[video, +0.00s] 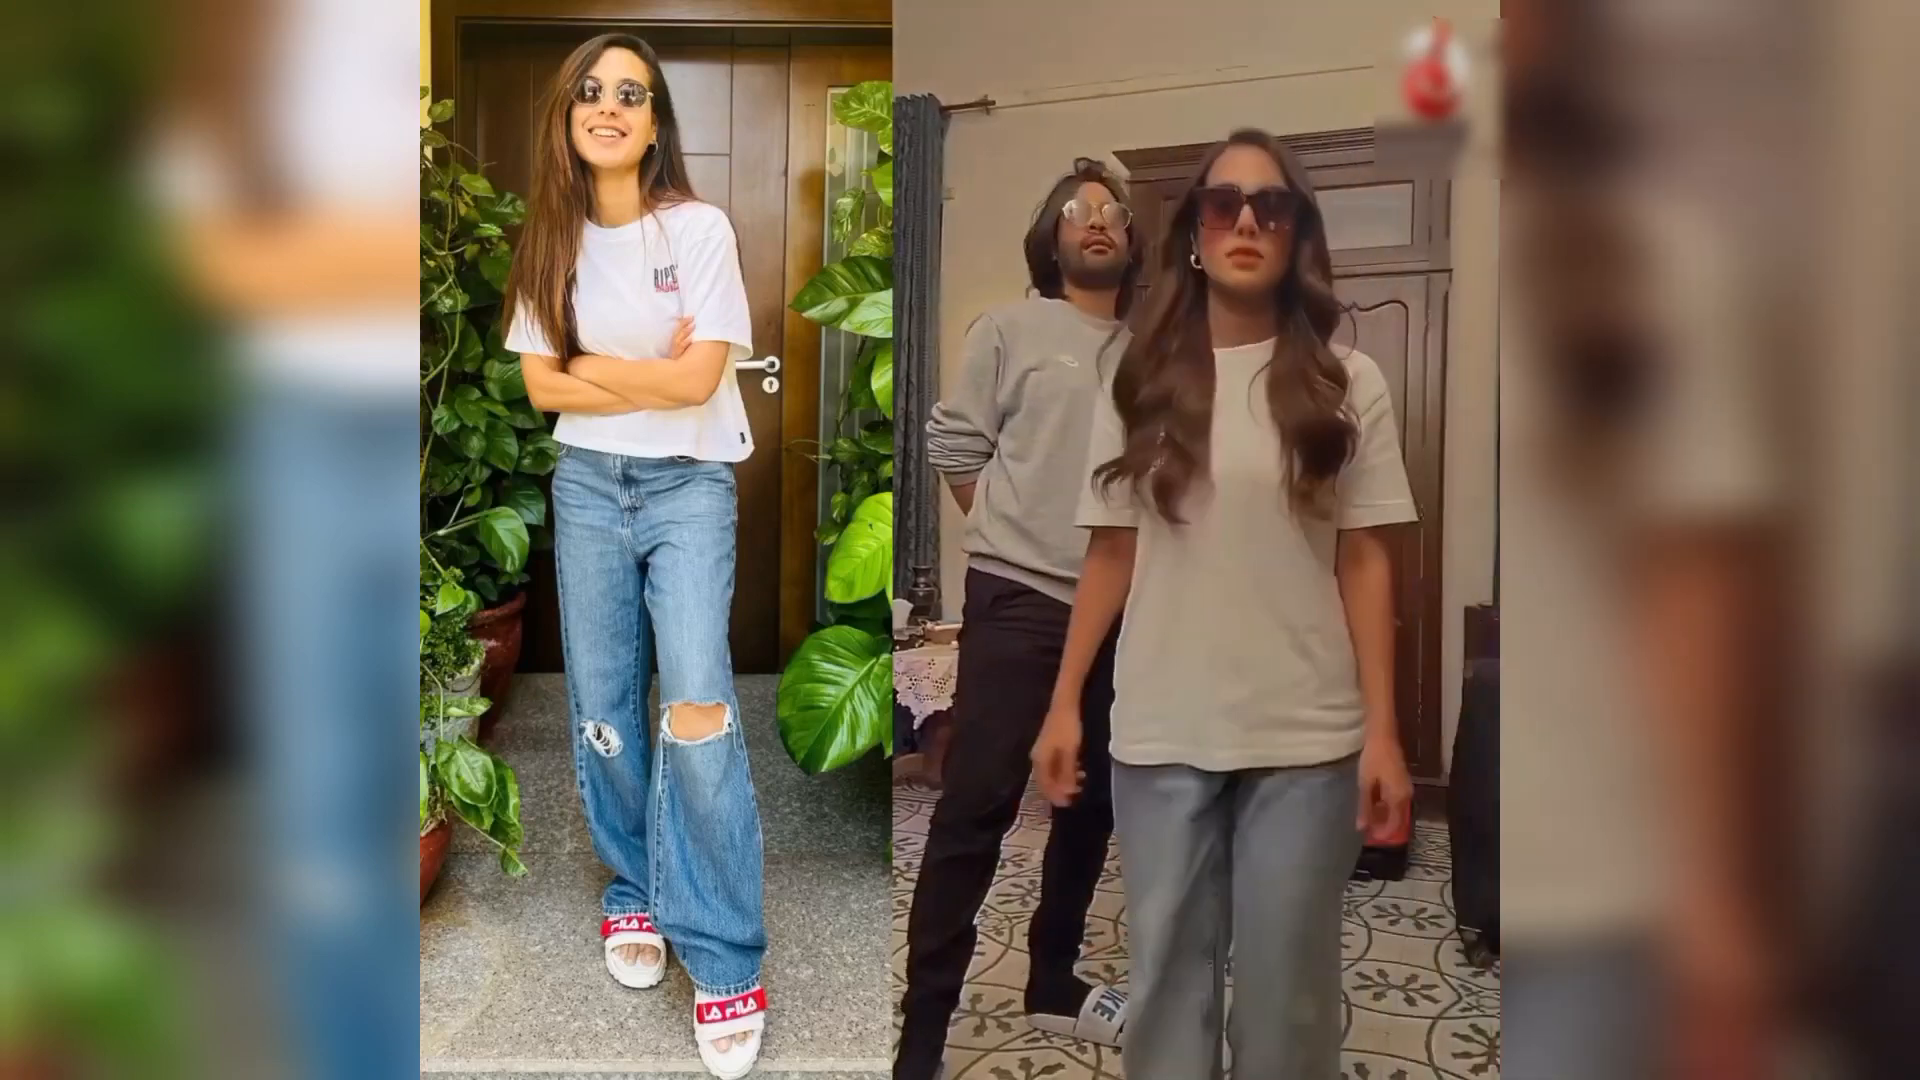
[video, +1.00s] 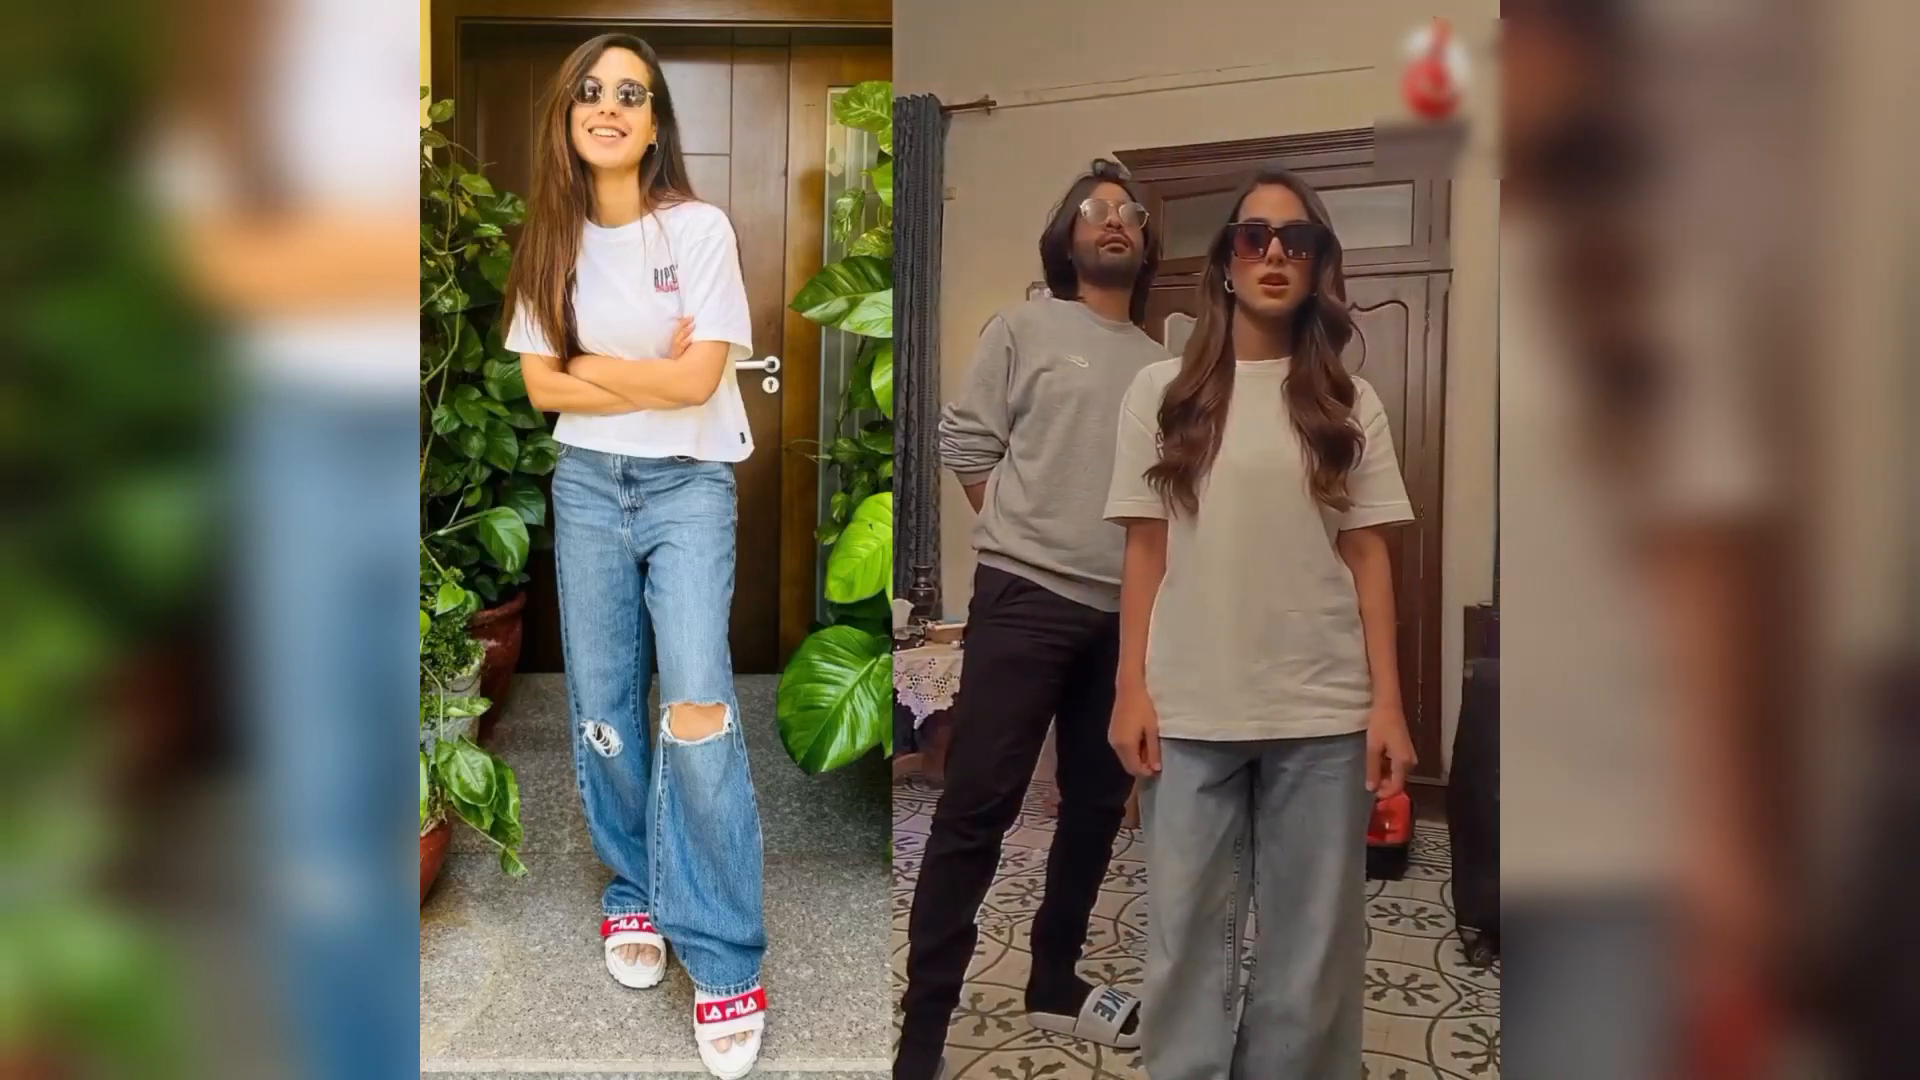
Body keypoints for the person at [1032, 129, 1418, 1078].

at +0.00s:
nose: (1246, 221)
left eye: (1270, 206)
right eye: (1224, 205)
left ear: (1300, 234)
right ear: (1193, 237)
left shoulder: (1346, 378)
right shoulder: (1143, 369)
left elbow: (1363, 561)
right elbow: (1109, 548)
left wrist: (1382, 733)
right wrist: (1065, 699)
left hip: (1308, 736)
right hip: (1162, 731)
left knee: (1287, 1003)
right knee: (1166, 997)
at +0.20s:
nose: (1270, 242)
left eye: (1293, 229)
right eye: (1250, 226)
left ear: (1319, 257)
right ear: (1222, 252)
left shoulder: (1357, 388)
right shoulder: (1168, 386)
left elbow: (1372, 559)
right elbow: (1144, 552)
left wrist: (1380, 712)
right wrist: (1125, 693)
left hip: (1320, 723)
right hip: (1184, 721)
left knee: (1303, 968)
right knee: (1181, 960)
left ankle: (1282, 1075)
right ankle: (1185, 1072)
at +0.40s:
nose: (1276, 247)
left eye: (1298, 234)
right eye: (1255, 232)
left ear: (1324, 261)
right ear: (1228, 258)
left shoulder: (1361, 392)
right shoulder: (1174, 390)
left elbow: (1379, 558)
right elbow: (1153, 551)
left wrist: (1390, 705)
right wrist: (1134, 693)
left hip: (1330, 721)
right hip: (1194, 718)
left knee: (1312, 971)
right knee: (1185, 959)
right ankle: (1184, 1072)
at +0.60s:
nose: (1277, 250)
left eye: (1299, 237)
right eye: (1257, 234)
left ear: (1323, 263)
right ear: (1228, 259)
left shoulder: (1361, 393)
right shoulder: (1173, 391)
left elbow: (1378, 557)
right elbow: (1153, 551)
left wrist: (1391, 703)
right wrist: (1137, 691)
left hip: (1332, 718)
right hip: (1196, 715)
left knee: (1315, 963)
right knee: (1186, 951)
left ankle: (1290, 1076)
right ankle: (1184, 1071)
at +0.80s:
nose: (1273, 253)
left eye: (1295, 240)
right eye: (1253, 237)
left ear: (1320, 266)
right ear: (1225, 260)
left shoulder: (1357, 395)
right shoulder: (1169, 392)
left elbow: (1372, 557)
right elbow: (1150, 552)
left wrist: (1384, 704)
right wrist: (1132, 691)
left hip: (1326, 718)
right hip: (1191, 715)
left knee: (1313, 961)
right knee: (1185, 952)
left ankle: (1288, 1075)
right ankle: (1184, 1071)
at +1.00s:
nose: (1275, 253)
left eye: (1297, 239)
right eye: (1255, 237)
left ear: (1322, 264)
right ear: (1227, 261)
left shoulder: (1350, 396)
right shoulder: (1164, 389)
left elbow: (1368, 556)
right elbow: (1145, 548)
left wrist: (1387, 701)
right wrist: (1132, 686)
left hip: (1324, 717)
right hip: (1189, 715)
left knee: (1312, 962)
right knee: (1181, 950)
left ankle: (1286, 1074)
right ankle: (1183, 1069)